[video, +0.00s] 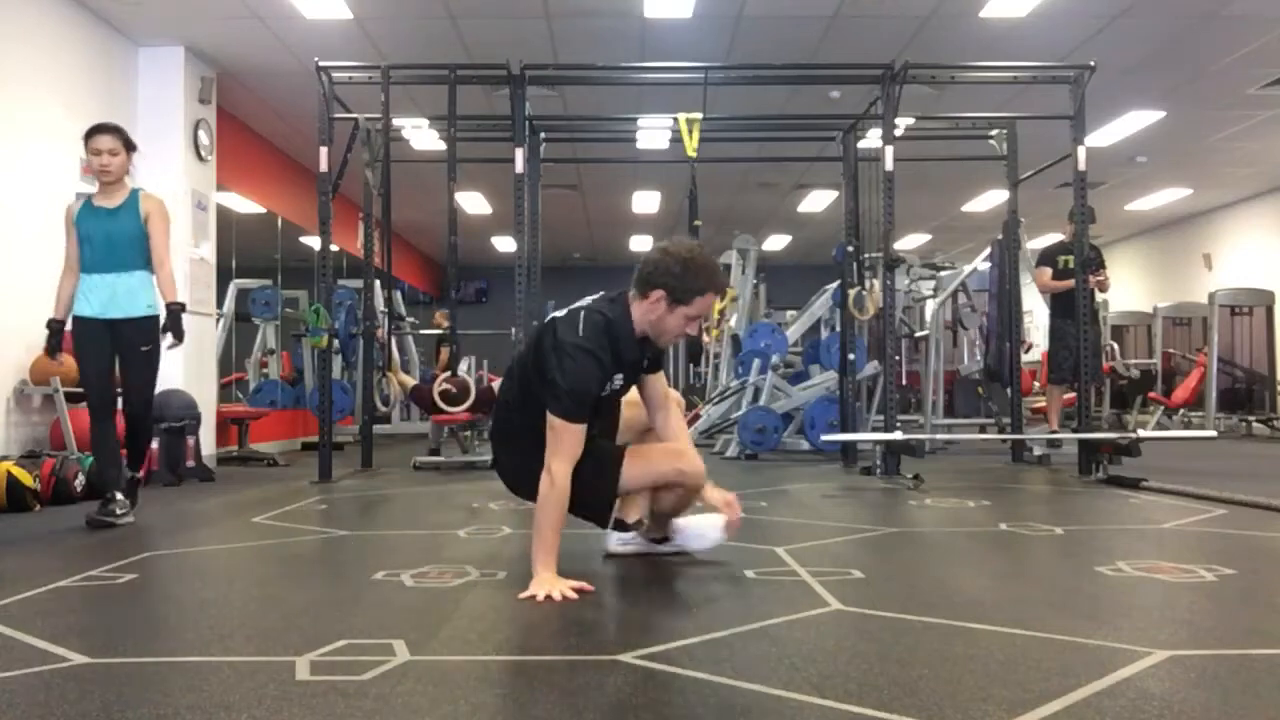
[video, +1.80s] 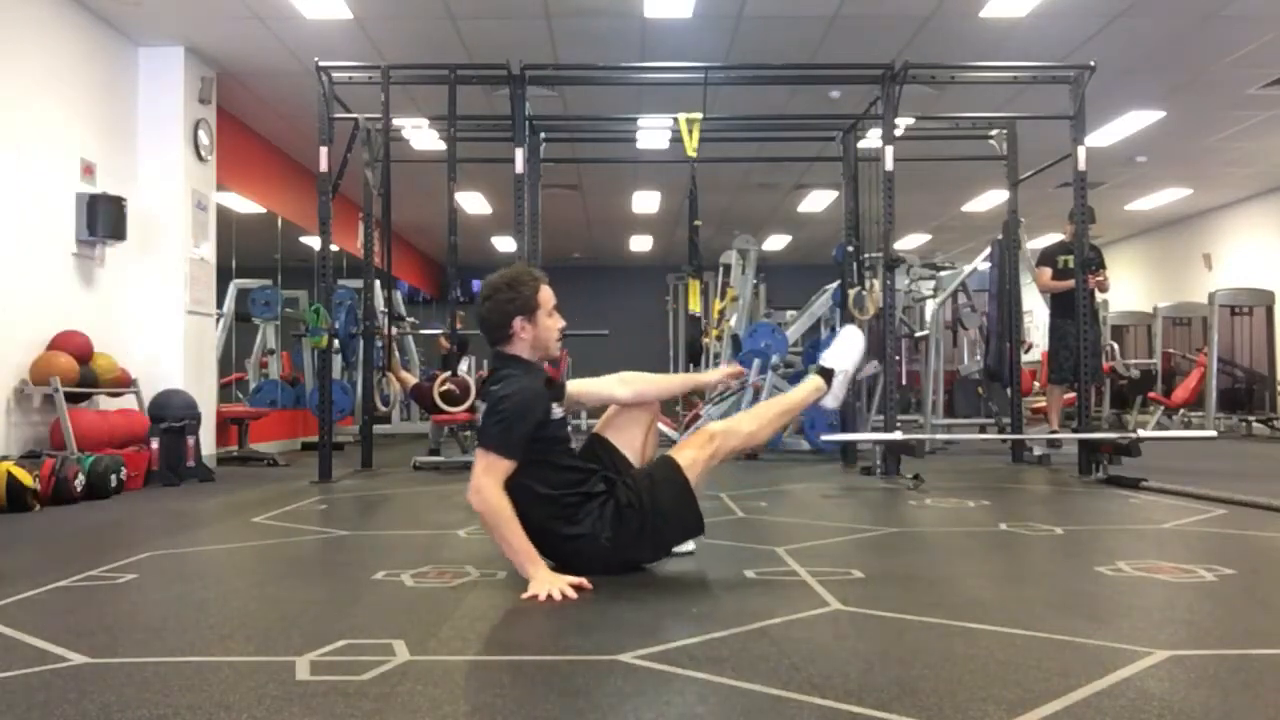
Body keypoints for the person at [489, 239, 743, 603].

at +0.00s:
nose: (693, 332)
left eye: (699, 322)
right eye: (690, 319)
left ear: (655, 300)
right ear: (656, 301)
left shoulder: (637, 328)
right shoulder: (581, 348)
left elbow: (663, 411)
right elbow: (556, 470)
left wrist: (704, 486)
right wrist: (544, 572)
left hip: (565, 425)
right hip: (530, 462)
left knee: (669, 405)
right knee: (687, 464)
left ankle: (627, 524)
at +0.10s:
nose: (689, 322)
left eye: (694, 312)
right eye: (687, 310)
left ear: (650, 296)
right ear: (651, 296)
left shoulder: (628, 325)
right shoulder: (582, 352)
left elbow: (664, 406)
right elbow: (559, 471)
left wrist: (719, 475)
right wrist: (544, 572)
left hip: (564, 433)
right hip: (538, 467)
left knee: (659, 404)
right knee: (696, 460)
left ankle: (627, 525)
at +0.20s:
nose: (685, 315)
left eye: (688, 304)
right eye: (681, 303)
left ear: (644, 293)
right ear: (645, 294)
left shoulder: (621, 327)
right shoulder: (584, 350)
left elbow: (662, 403)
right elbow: (560, 473)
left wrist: (728, 464)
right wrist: (544, 572)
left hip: (561, 440)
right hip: (547, 479)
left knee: (664, 415)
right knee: (709, 462)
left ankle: (626, 527)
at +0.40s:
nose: (673, 309)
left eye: (675, 297)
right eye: (669, 297)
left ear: (633, 293)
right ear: (633, 293)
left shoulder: (612, 331)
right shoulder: (584, 353)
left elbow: (669, 404)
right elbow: (561, 471)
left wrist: (739, 462)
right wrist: (544, 572)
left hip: (573, 459)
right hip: (567, 495)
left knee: (674, 411)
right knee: (721, 464)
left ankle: (633, 529)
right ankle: (820, 509)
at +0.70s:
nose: (654, 302)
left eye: (652, 290)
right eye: (647, 291)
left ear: (611, 298)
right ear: (612, 299)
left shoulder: (588, 341)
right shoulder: (594, 365)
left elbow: (674, 400)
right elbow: (564, 473)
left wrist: (753, 443)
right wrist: (544, 572)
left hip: (583, 479)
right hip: (599, 512)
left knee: (676, 420)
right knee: (741, 471)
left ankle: (636, 530)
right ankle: (872, 476)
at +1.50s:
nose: (599, 313)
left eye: (593, 302)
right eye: (587, 304)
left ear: (554, 322)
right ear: (557, 321)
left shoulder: (537, 367)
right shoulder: (568, 375)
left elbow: (640, 399)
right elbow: (538, 471)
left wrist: (733, 410)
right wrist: (542, 573)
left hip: (579, 518)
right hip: (612, 535)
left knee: (653, 406)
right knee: (734, 457)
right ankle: (850, 411)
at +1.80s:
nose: (562, 323)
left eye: (557, 311)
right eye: (551, 313)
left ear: (520, 328)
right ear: (520, 329)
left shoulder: (526, 377)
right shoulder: (520, 388)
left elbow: (616, 388)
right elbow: (483, 489)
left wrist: (706, 379)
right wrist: (536, 572)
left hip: (581, 511)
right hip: (603, 534)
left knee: (639, 400)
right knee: (711, 439)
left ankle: (653, 529)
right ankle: (824, 380)